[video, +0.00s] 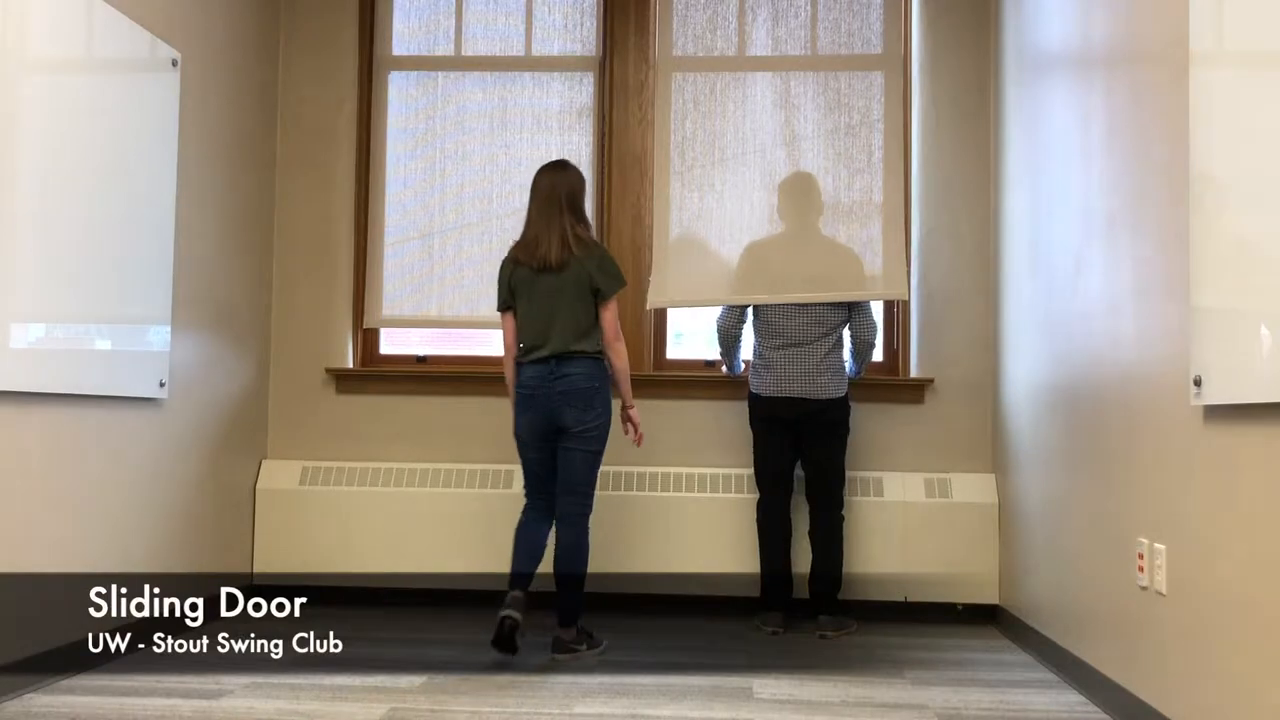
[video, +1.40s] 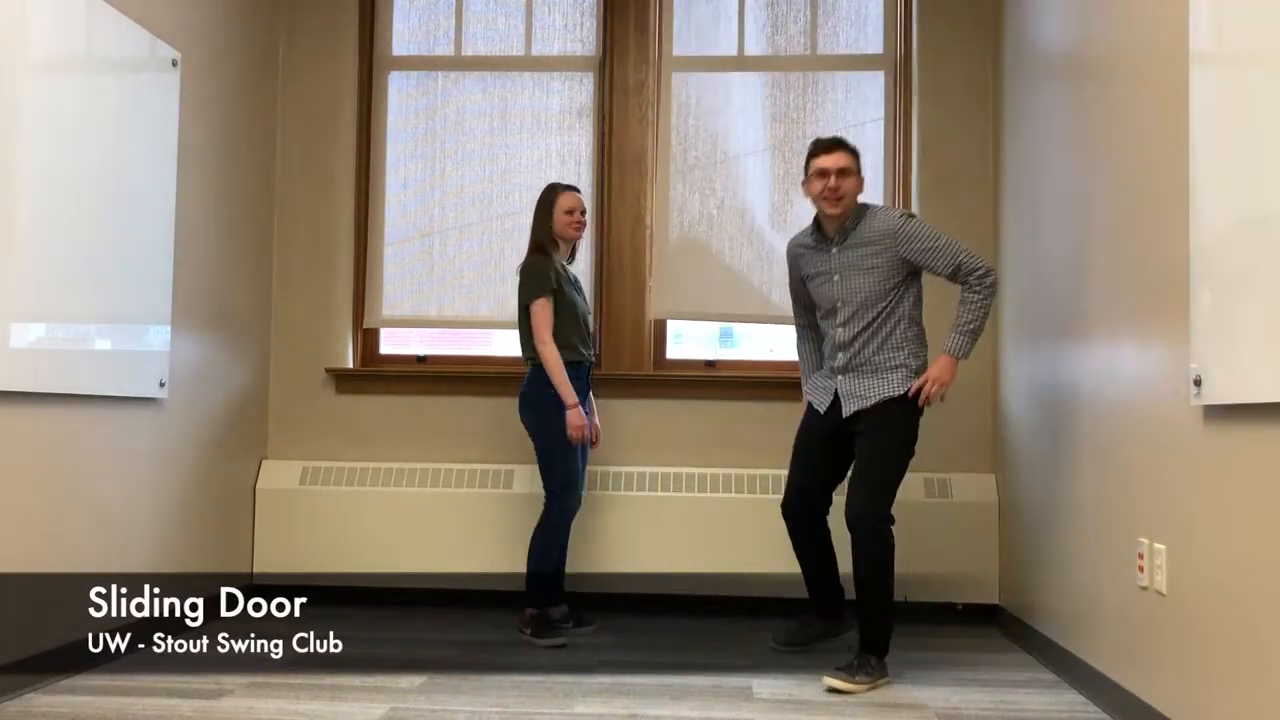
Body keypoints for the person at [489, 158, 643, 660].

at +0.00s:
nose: (584, 205)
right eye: (581, 196)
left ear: (534, 200)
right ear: (579, 201)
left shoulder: (514, 262)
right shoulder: (595, 258)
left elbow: (511, 349)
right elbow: (612, 337)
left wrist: (518, 407)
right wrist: (627, 401)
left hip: (532, 391)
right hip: (586, 389)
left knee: (538, 502)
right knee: (574, 510)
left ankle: (515, 597)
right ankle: (568, 631)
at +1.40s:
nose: (580, 219)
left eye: (582, 212)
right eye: (571, 212)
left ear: (580, 219)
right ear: (548, 217)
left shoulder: (566, 272)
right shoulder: (539, 267)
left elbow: (575, 348)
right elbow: (543, 342)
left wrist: (589, 408)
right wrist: (571, 404)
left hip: (572, 391)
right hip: (549, 391)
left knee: (568, 497)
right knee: (562, 498)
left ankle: (553, 604)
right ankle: (538, 610)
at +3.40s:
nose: (571, 217)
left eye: (576, 210)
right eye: (561, 211)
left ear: (583, 216)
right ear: (543, 218)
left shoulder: (592, 276)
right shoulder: (528, 266)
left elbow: (603, 347)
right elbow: (521, 337)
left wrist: (591, 397)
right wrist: (552, 395)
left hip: (579, 394)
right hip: (536, 391)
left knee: (564, 504)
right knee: (535, 501)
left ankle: (558, 607)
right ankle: (530, 610)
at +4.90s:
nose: (577, 216)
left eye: (579, 209)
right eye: (569, 209)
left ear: (576, 217)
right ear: (542, 213)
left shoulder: (581, 276)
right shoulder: (527, 268)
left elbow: (588, 345)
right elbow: (532, 334)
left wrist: (608, 337)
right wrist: (596, 334)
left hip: (578, 396)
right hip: (541, 395)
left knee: (578, 504)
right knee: (543, 502)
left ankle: (559, 608)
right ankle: (532, 612)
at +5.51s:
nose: (601, 210)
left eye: (600, 204)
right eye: (592, 204)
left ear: (586, 214)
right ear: (566, 211)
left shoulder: (588, 269)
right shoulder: (557, 266)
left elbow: (607, 333)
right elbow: (561, 338)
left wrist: (639, 307)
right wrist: (624, 338)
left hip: (592, 395)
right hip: (564, 396)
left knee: (590, 504)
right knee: (590, 503)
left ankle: (569, 609)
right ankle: (548, 610)